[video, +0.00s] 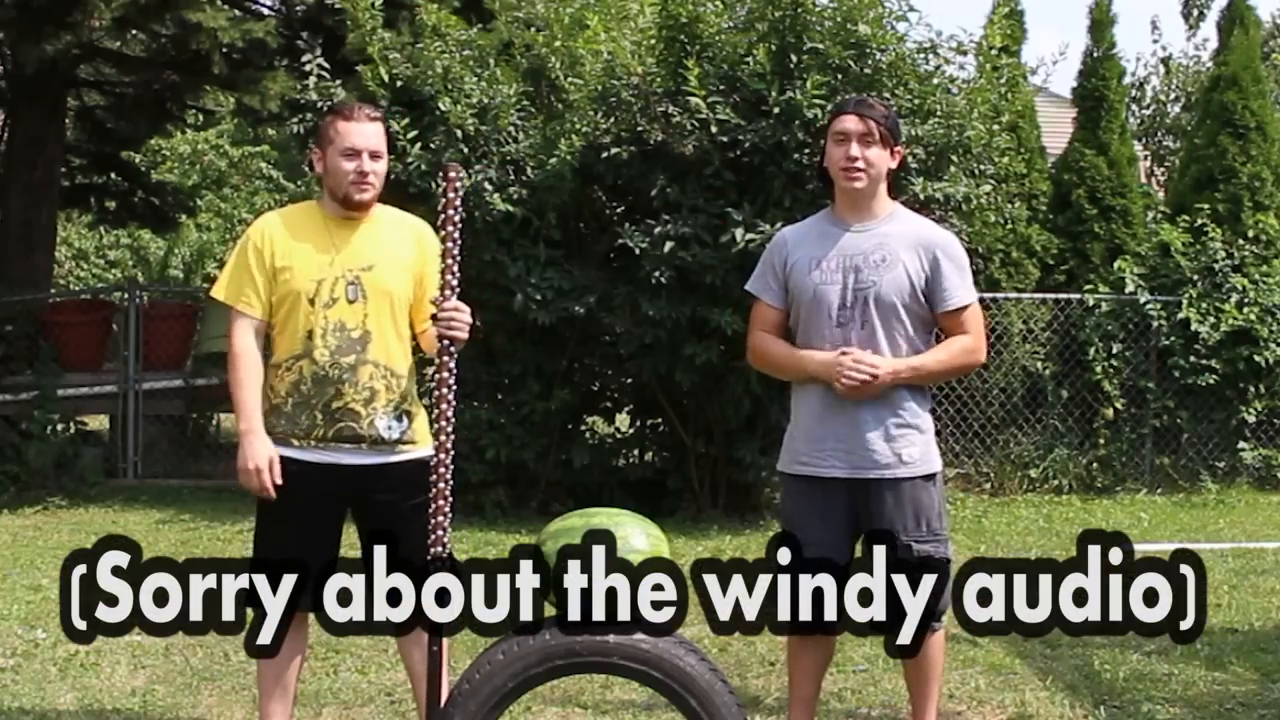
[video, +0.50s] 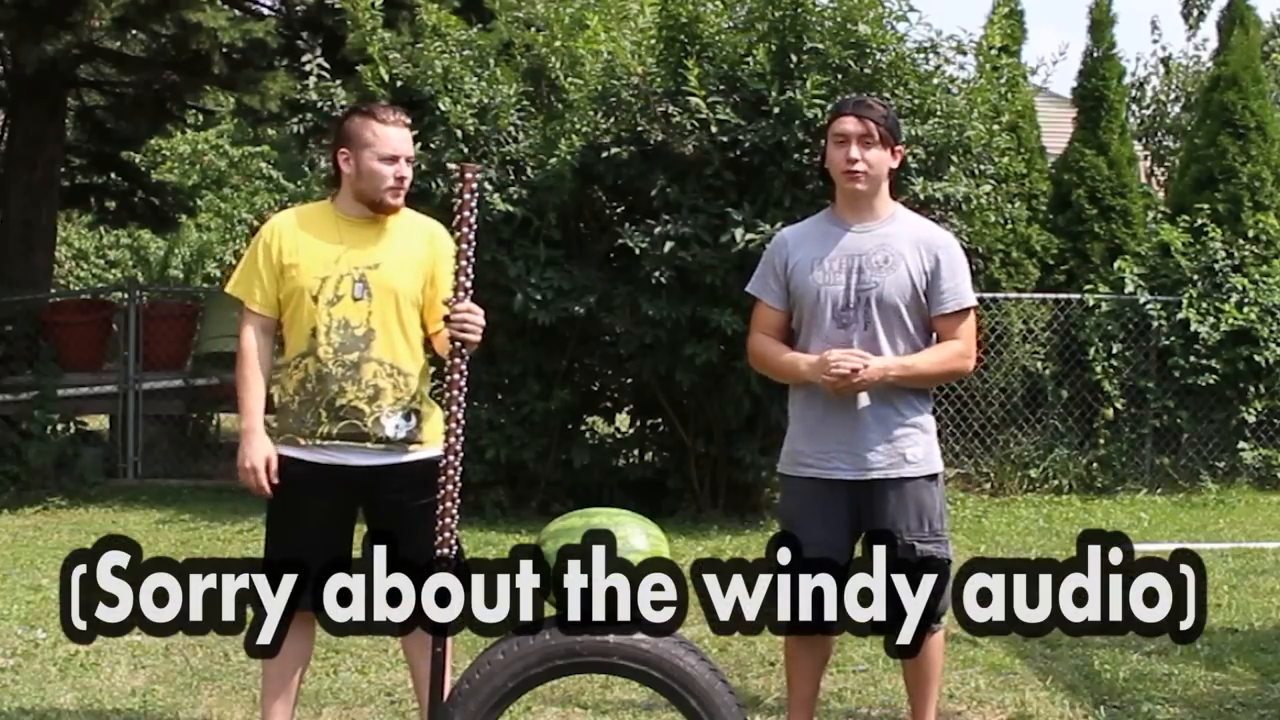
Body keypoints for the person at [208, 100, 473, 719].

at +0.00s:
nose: (365, 167)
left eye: (376, 155)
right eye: (350, 154)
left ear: (388, 164)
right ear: (317, 161)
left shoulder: (416, 237)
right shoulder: (272, 234)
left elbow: (429, 334)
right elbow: (244, 334)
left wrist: (453, 330)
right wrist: (251, 432)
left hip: (398, 457)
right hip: (299, 455)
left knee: (420, 604)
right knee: (282, 605)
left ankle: (439, 716)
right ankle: (275, 717)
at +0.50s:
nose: (403, 171)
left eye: (408, 160)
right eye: (388, 160)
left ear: (413, 163)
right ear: (344, 162)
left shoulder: (430, 239)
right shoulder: (285, 233)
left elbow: (442, 336)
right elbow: (257, 333)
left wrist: (467, 333)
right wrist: (252, 429)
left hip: (410, 460)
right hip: (309, 457)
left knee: (426, 604)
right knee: (294, 602)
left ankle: (439, 715)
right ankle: (275, 716)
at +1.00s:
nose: (401, 175)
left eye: (408, 163)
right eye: (385, 164)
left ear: (416, 165)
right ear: (345, 166)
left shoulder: (434, 239)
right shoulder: (289, 232)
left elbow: (446, 333)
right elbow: (265, 328)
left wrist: (469, 332)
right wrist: (261, 421)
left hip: (409, 463)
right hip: (309, 458)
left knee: (425, 605)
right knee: (290, 602)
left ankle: (438, 715)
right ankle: (274, 717)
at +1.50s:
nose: (357, 170)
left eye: (371, 160)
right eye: (345, 156)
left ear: (388, 171)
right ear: (319, 159)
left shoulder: (411, 243)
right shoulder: (266, 230)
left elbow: (427, 344)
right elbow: (233, 325)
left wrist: (455, 336)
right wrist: (222, 423)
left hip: (378, 459)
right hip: (279, 454)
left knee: (406, 604)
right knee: (272, 603)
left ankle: (435, 715)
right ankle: (273, 718)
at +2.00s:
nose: (356, 168)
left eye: (370, 157)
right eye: (344, 154)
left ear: (386, 166)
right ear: (316, 160)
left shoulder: (415, 238)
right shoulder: (271, 233)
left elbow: (429, 337)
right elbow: (245, 333)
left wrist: (454, 333)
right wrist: (253, 428)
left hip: (395, 459)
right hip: (297, 455)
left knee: (414, 605)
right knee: (282, 604)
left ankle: (434, 714)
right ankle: (274, 717)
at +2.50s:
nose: (369, 168)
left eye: (381, 157)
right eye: (356, 155)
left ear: (396, 166)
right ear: (328, 161)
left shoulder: (424, 239)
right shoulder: (282, 237)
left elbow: (446, 330)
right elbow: (254, 337)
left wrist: (457, 334)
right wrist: (253, 434)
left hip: (406, 458)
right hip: (307, 456)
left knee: (426, 603)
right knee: (293, 601)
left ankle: (438, 714)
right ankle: (277, 715)